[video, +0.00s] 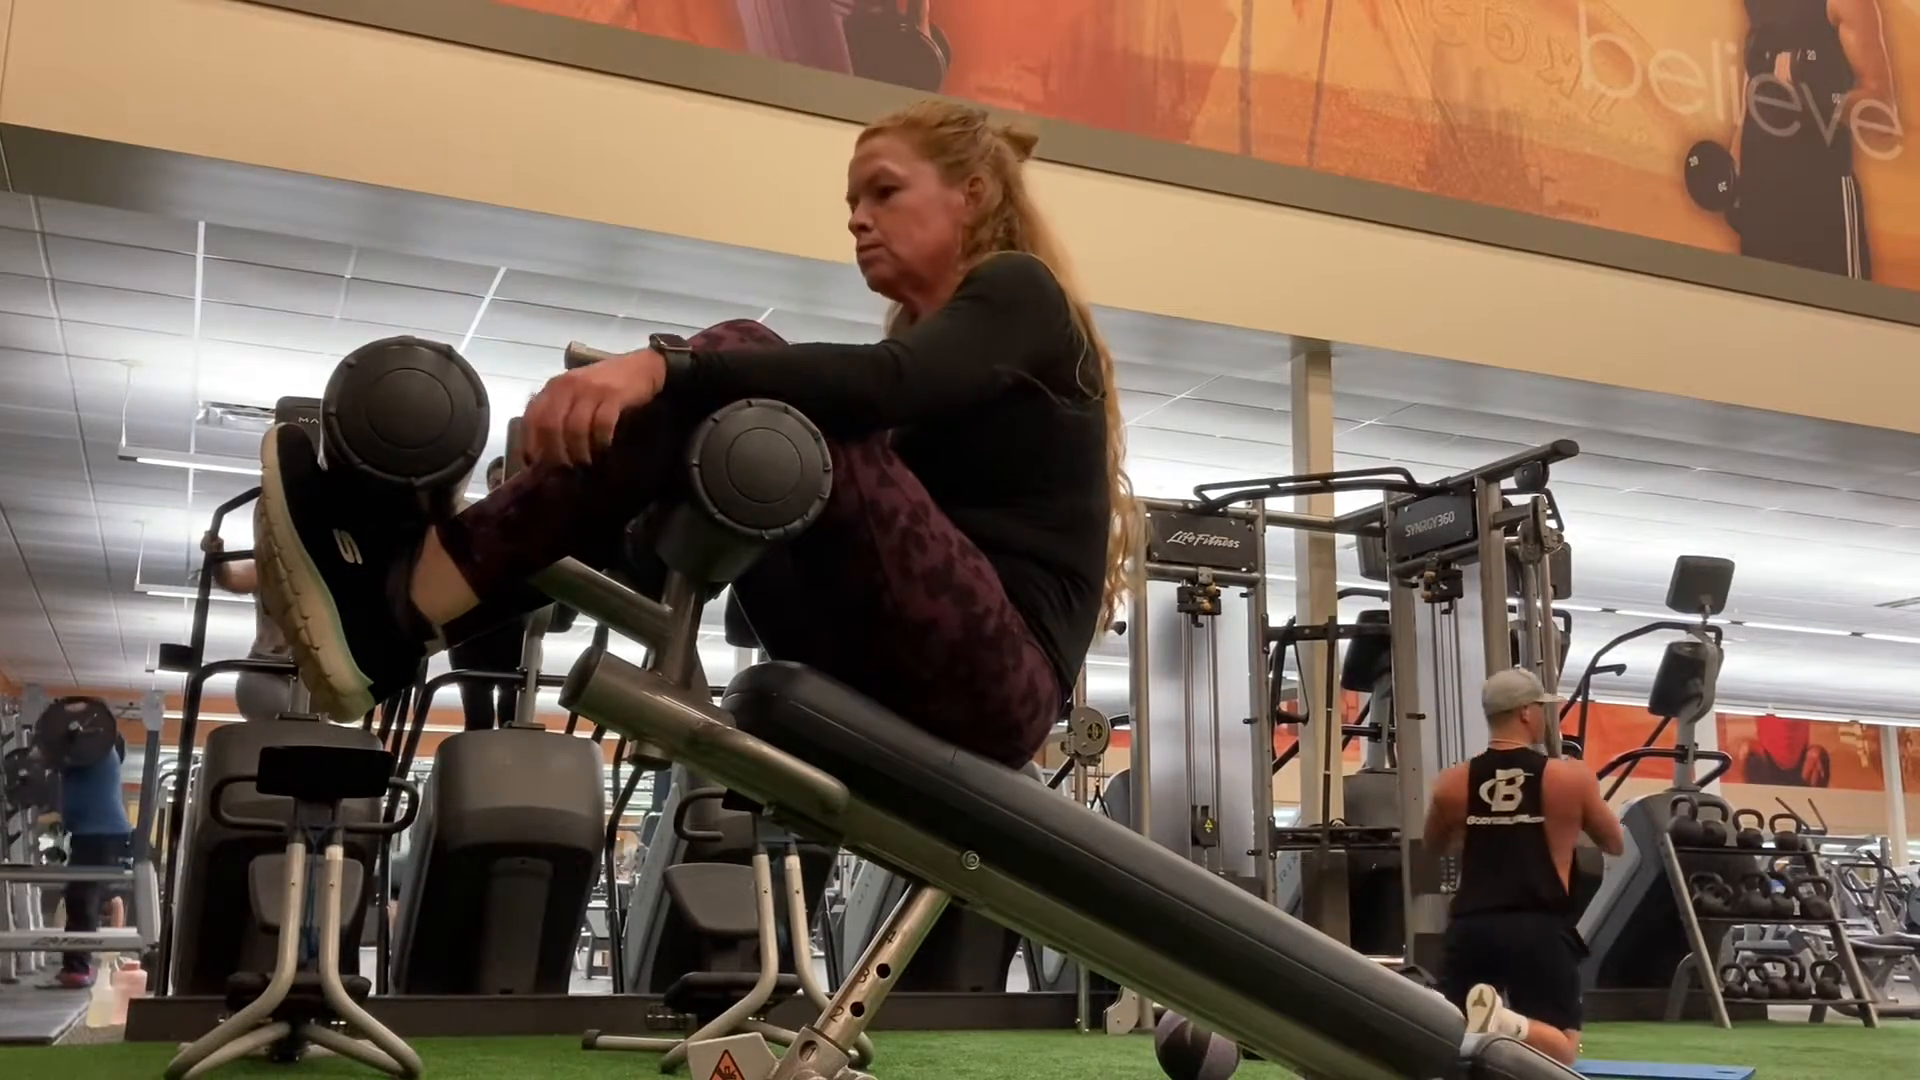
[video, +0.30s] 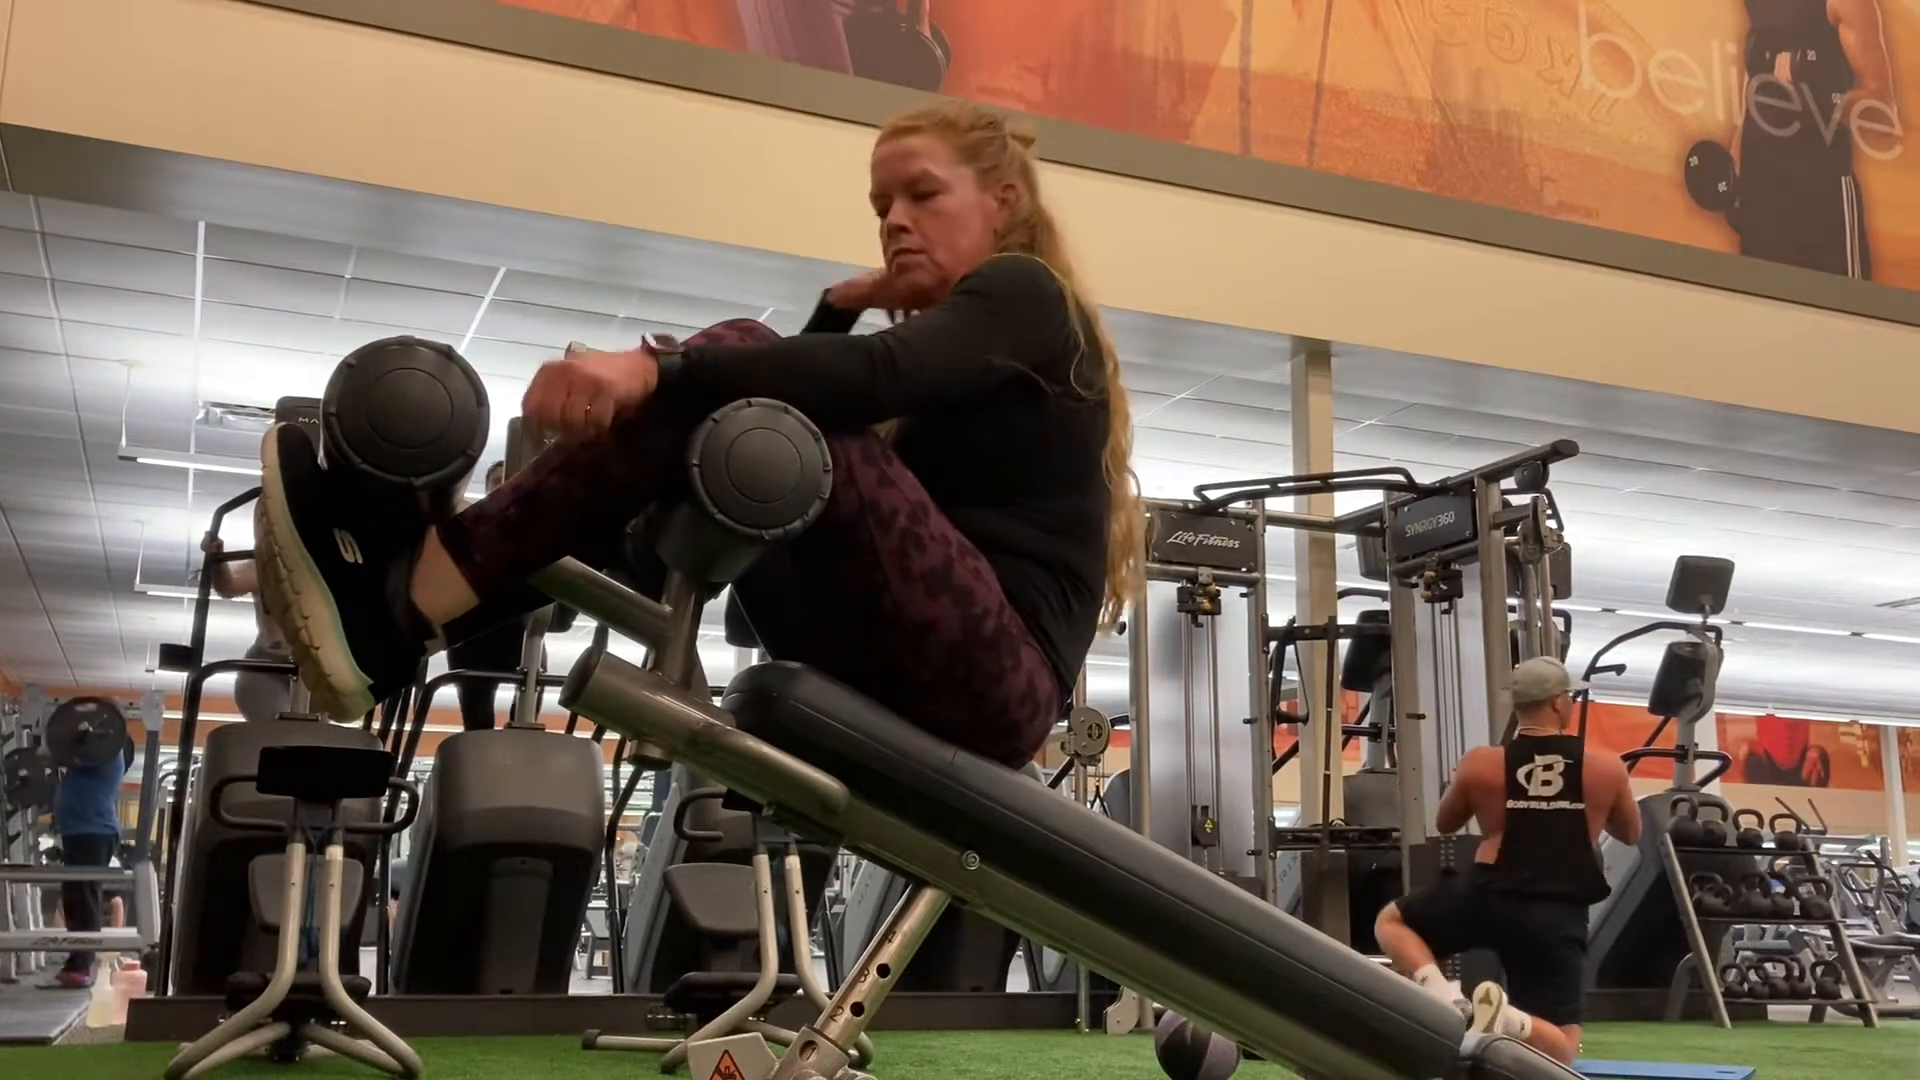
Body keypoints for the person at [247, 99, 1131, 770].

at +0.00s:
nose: (857, 227)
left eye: (884, 197)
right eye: (855, 209)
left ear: (974, 196)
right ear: (876, 227)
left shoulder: (1022, 294)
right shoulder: (916, 344)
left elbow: (885, 385)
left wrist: (664, 369)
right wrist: (634, 378)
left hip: (993, 677)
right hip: (883, 652)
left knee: (761, 365)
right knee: (738, 357)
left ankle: (426, 597)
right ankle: (414, 592)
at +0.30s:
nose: (893, 225)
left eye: (922, 197)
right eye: (886, 207)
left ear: (1002, 204)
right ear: (886, 226)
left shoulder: (1027, 300)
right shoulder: (898, 334)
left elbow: (869, 377)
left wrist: (655, 370)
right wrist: (834, 315)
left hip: (996, 677)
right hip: (871, 646)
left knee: (803, 421)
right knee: (736, 354)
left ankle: (445, 581)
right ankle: (419, 596)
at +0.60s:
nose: (883, 230)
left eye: (905, 204)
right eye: (887, 205)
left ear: (990, 205)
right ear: (980, 207)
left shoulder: (1041, 295)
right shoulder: (939, 342)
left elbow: (945, 373)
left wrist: (757, 242)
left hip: (996, 669)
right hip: (906, 653)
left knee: (758, 359)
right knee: (707, 429)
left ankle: (436, 585)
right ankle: (401, 594)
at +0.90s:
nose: (942, 222)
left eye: (958, 202)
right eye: (942, 201)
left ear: (1025, 194)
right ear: (1017, 199)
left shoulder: (1076, 302)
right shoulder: (984, 326)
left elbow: (880, 276)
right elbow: (880, 480)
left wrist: (968, 223)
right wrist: (705, 378)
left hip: (992, 675)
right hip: (902, 651)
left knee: (750, 355)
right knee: (713, 395)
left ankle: (431, 594)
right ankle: (415, 588)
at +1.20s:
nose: (964, 192)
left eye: (992, 172)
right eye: (967, 174)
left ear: (1063, 201)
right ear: (965, 203)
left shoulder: (1106, 327)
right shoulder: (945, 360)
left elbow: (1047, 300)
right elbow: (829, 476)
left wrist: (1074, 152)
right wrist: (613, 434)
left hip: (993, 682)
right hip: (873, 656)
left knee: (750, 353)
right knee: (701, 433)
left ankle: (426, 598)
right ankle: (394, 595)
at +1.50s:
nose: (968, 197)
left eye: (1003, 185)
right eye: (976, 184)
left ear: (1078, 226)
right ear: (996, 233)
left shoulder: (1085, 309)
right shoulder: (969, 377)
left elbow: (996, 432)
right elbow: (838, 455)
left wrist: (834, 283)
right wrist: (638, 379)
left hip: (992, 672)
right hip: (904, 658)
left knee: (751, 361)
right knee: (723, 418)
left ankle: (423, 601)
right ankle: (406, 598)